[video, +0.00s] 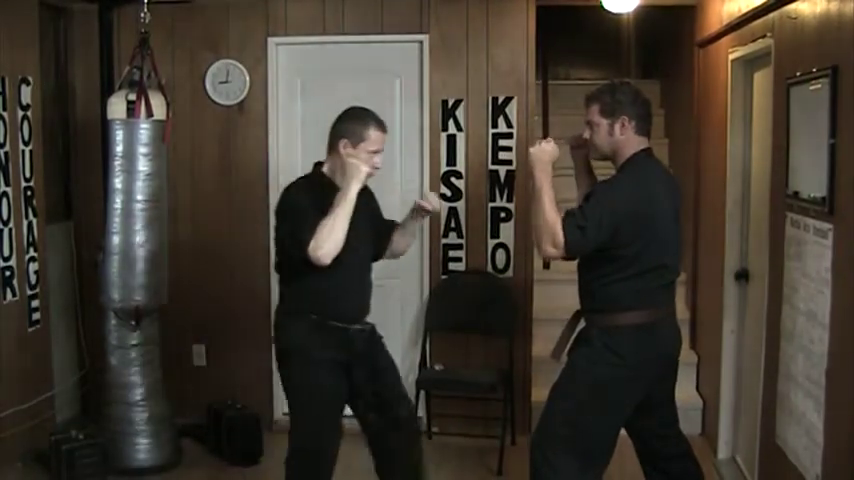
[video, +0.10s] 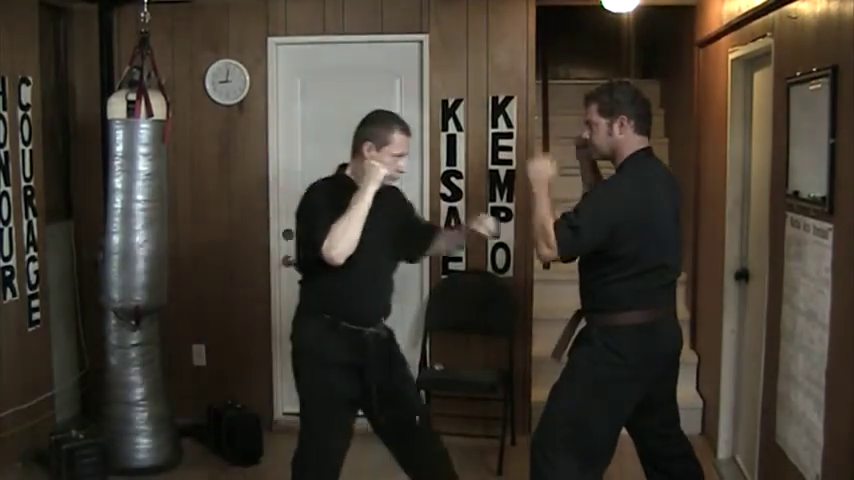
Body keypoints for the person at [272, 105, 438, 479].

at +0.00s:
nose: (379, 163)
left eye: (380, 154)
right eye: (373, 153)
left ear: (351, 150)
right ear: (344, 149)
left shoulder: (361, 196)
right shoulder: (299, 195)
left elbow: (390, 247)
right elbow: (320, 252)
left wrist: (416, 216)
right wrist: (350, 187)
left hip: (358, 336)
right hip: (309, 337)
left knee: (399, 429)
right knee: (316, 445)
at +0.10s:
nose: (403, 166)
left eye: (405, 157)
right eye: (397, 156)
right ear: (367, 150)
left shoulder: (391, 200)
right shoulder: (322, 195)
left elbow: (420, 242)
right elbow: (335, 252)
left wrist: (465, 233)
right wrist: (367, 188)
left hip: (374, 340)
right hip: (323, 338)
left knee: (419, 444)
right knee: (323, 447)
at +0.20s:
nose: (426, 170)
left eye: (428, 162)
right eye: (420, 161)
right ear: (391, 155)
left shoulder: (420, 206)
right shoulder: (344, 198)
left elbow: (474, 235)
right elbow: (342, 256)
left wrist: (524, 252)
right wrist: (384, 196)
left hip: (395, 344)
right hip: (340, 342)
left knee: (436, 451)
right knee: (335, 452)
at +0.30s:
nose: (441, 171)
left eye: (444, 162)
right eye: (434, 161)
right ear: (406, 154)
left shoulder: (436, 207)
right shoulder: (358, 196)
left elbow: (487, 254)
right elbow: (352, 258)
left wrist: (536, 283)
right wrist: (399, 199)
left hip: (408, 344)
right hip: (352, 340)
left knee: (442, 443)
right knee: (342, 442)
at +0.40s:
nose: (450, 171)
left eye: (452, 162)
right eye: (444, 161)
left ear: (423, 157)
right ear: (415, 155)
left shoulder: (442, 208)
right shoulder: (365, 196)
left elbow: (489, 258)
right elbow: (360, 256)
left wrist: (537, 290)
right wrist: (406, 200)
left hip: (412, 344)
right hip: (358, 339)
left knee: (443, 444)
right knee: (340, 441)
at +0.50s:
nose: (453, 170)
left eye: (455, 162)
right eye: (447, 161)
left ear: (427, 156)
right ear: (419, 155)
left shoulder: (443, 206)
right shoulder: (368, 196)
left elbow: (488, 253)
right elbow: (369, 257)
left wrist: (539, 281)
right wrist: (413, 200)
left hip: (414, 345)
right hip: (360, 341)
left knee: (446, 443)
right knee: (337, 445)